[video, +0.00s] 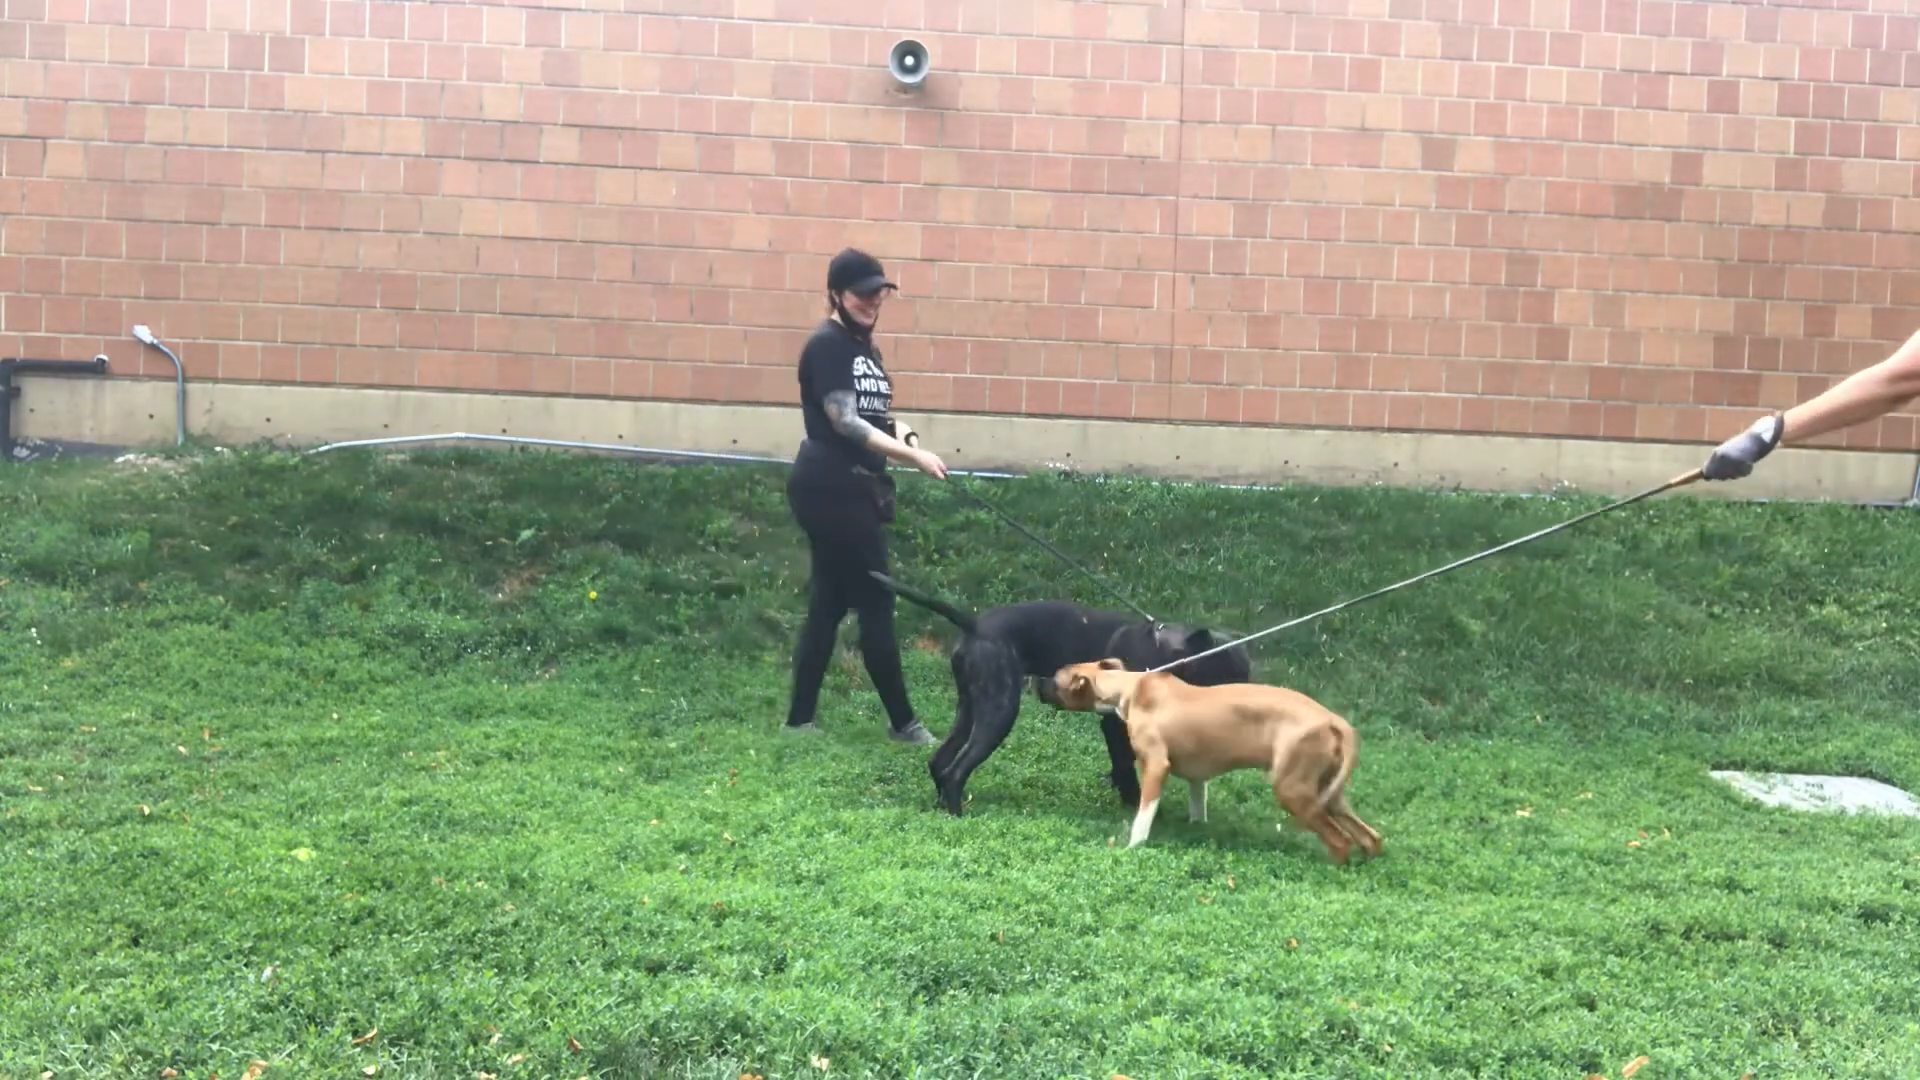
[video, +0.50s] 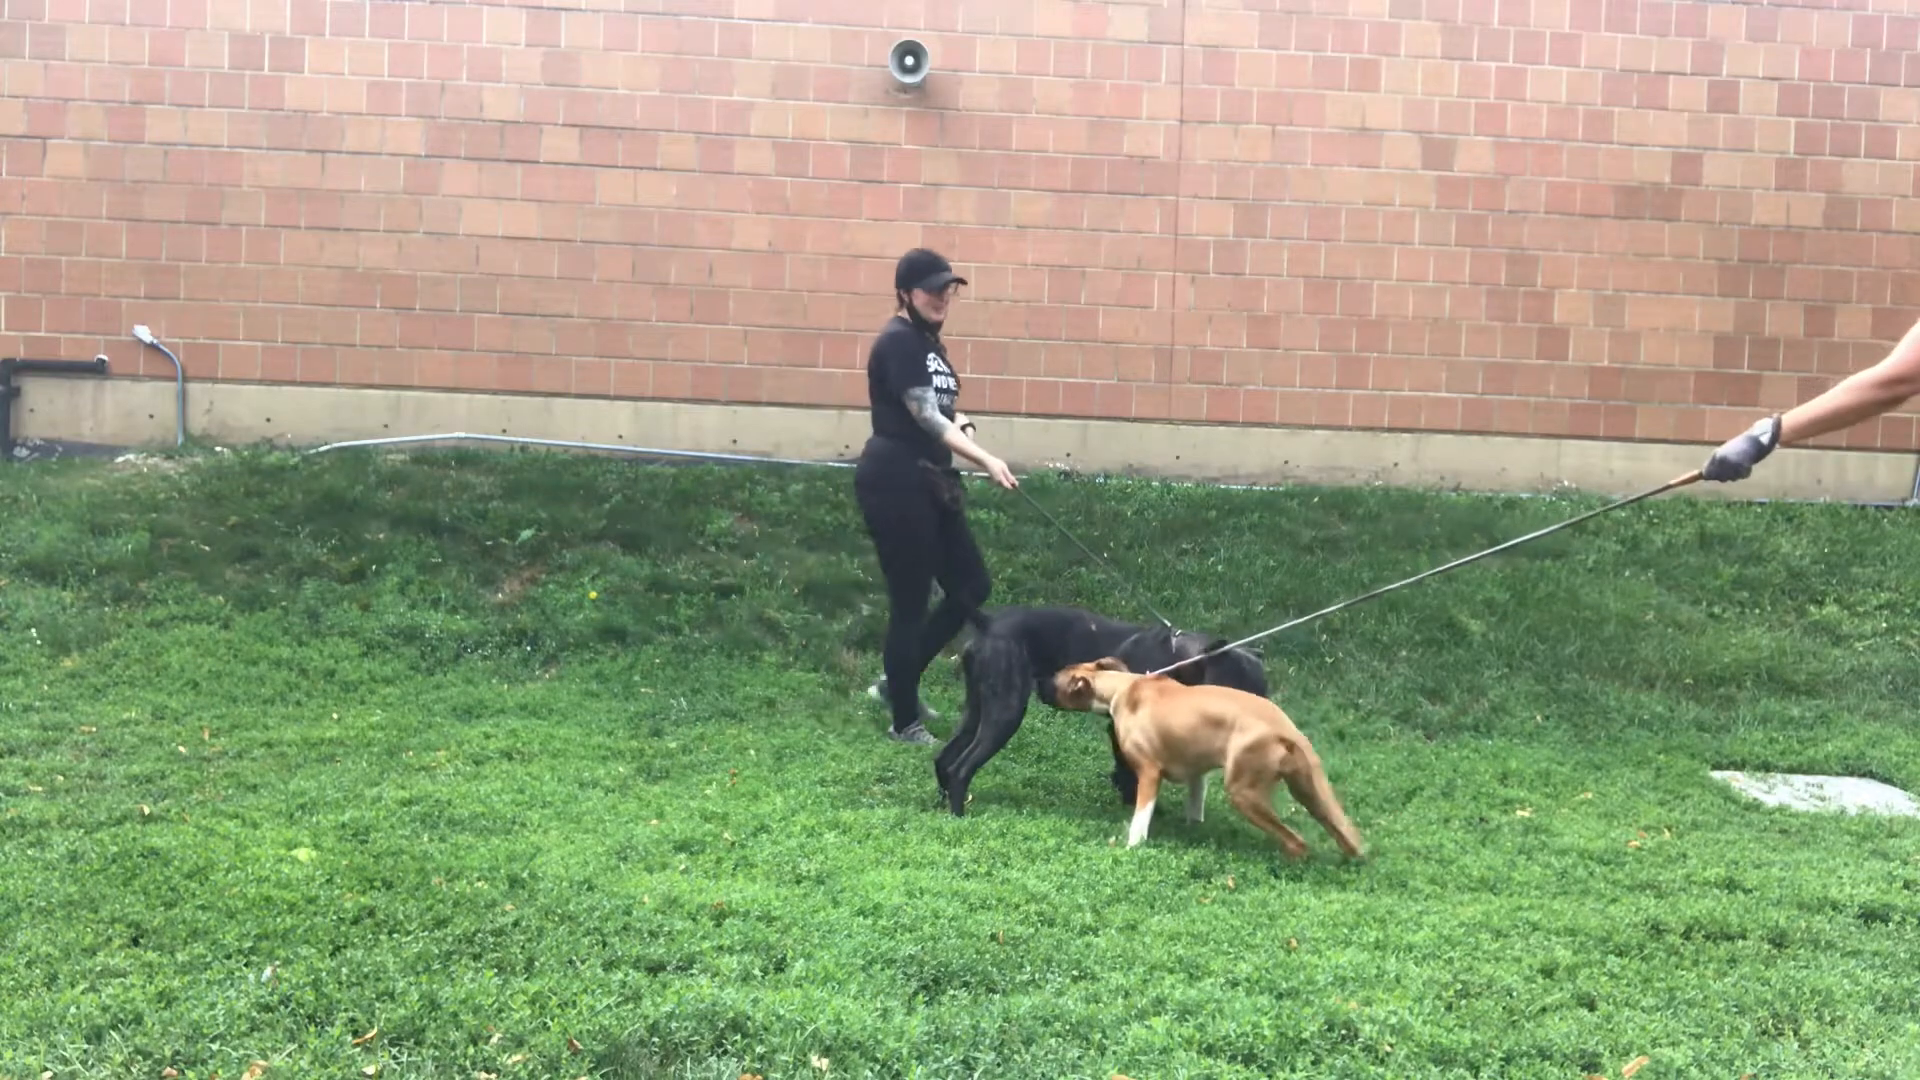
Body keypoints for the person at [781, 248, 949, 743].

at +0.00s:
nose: (872, 303)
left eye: (878, 294)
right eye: (863, 295)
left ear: (883, 295)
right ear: (838, 295)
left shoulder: (865, 349)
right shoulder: (828, 345)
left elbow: (875, 414)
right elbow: (841, 418)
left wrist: (904, 436)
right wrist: (909, 453)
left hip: (853, 483)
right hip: (833, 484)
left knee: (827, 604)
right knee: (876, 600)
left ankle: (800, 721)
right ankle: (904, 724)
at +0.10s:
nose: (885, 304)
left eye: (890, 295)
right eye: (875, 296)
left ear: (895, 296)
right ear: (851, 298)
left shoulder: (876, 346)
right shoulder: (844, 348)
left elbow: (891, 412)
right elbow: (855, 425)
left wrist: (918, 438)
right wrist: (924, 457)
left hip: (858, 482)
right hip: (851, 484)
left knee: (842, 605)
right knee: (886, 603)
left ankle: (800, 721)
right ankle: (904, 725)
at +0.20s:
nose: (900, 302)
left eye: (905, 294)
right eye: (890, 295)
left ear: (909, 295)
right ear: (865, 298)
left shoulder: (892, 346)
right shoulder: (859, 348)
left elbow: (909, 414)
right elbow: (875, 424)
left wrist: (935, 440)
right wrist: (946, 458)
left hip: (880, 480)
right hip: (867, 483)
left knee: (863, 609)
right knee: (897, 603)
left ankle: (805, 716)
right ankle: (904, 725)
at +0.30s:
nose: (914, 302)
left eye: (919, 293)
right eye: (904, 295)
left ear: (923, 295)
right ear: (879, 298)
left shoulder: (905, 345)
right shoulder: (874, 347)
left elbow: (923, 411)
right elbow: (899, 423)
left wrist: (944, 435)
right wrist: (967, 462)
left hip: (896, 480)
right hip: (875, 481)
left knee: (903, 598)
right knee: (902, 601)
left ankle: (826, 702)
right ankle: (904, 726)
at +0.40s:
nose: (928, 302)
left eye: (933, 293)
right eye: (918, 295)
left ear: (937, 294)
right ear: (893, 296)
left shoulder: (916, 343)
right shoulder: (888, 345)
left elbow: (925, 410)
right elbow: (922, 423)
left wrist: (947, 425)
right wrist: (983, 465)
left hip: (916, 480)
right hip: (886, 481)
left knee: (942, 594)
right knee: (907, 602)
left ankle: (855, 682)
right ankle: (905, 725)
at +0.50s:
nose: (943, 300)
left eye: (948, 291)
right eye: (934, 291)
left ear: (951, 293)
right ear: (907, 293)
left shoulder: (929, 343)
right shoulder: (899, 343)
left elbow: (931, 421)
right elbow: (930, 419)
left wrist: (946, 474)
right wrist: (990, 459)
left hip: (930, 480)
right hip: (896, 480)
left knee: (971, 588)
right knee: (910, 599)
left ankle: (895, 681)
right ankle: (905, 722)